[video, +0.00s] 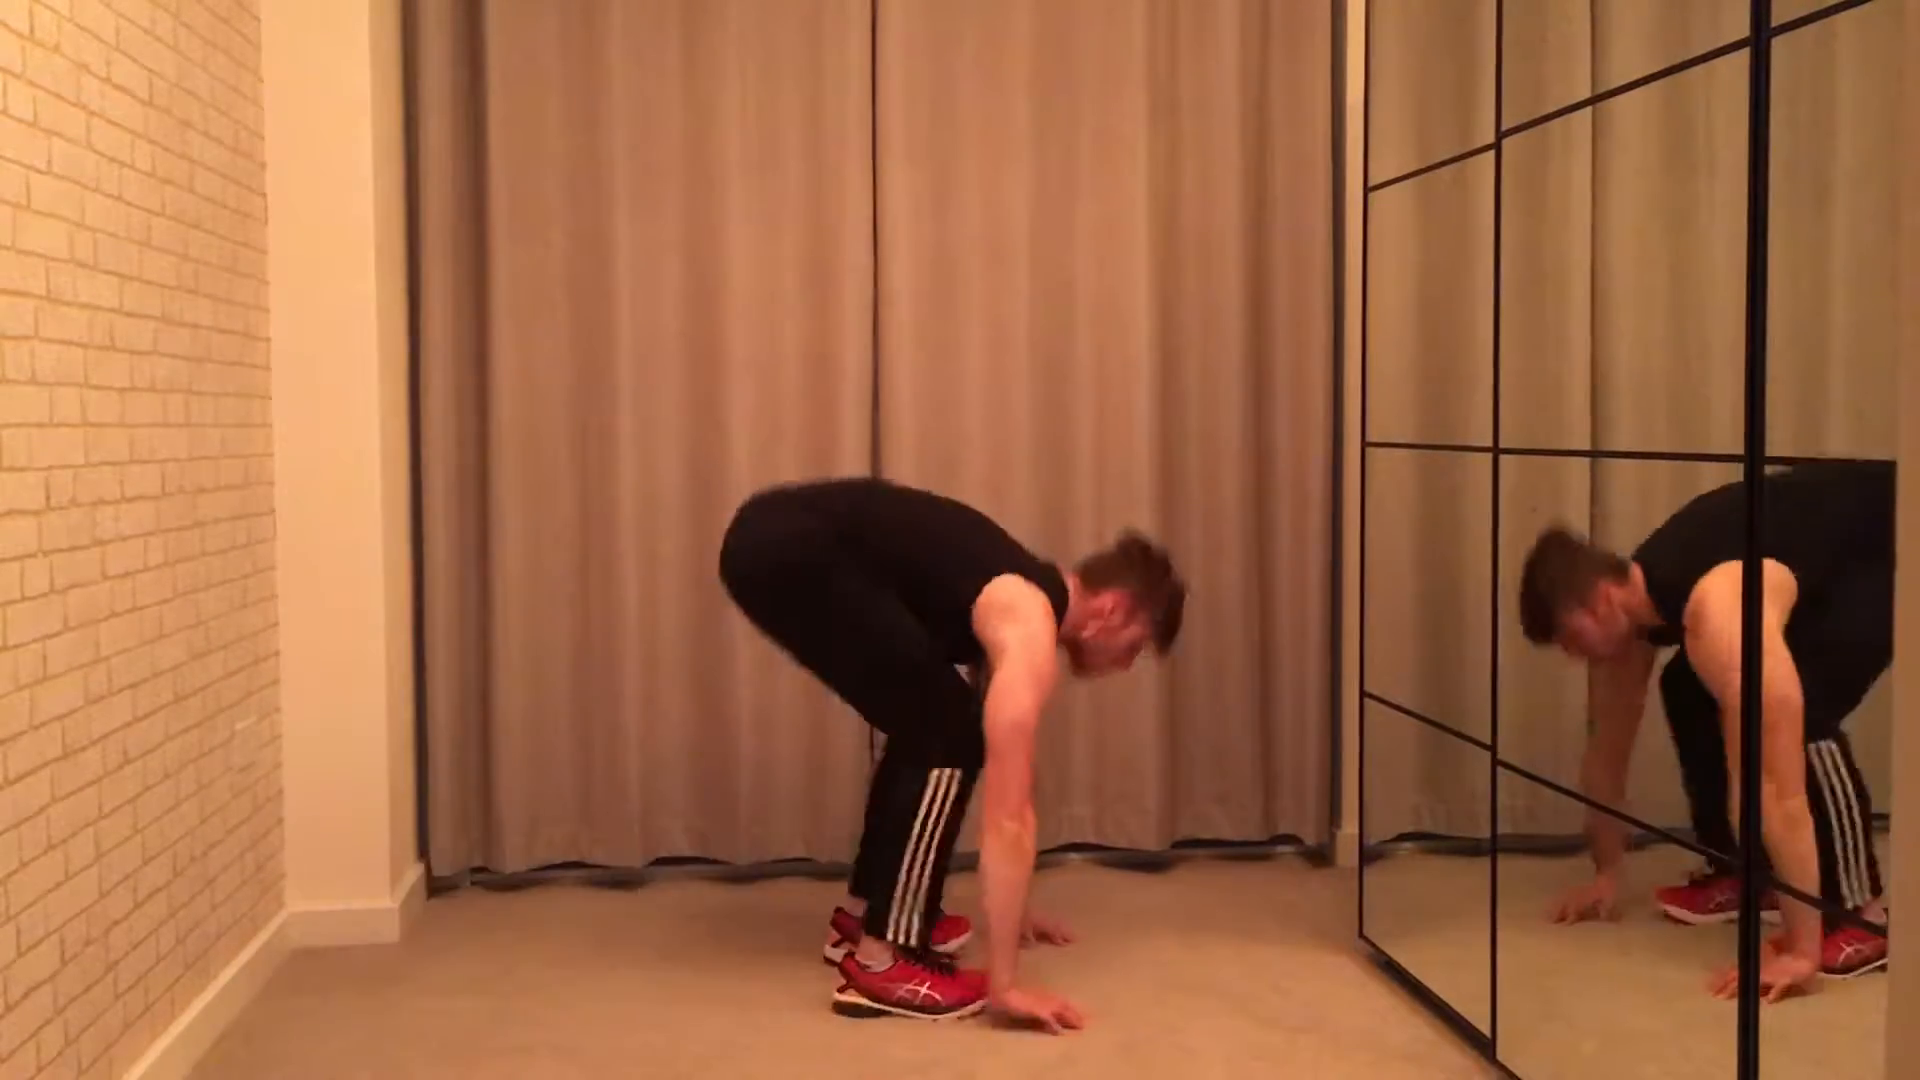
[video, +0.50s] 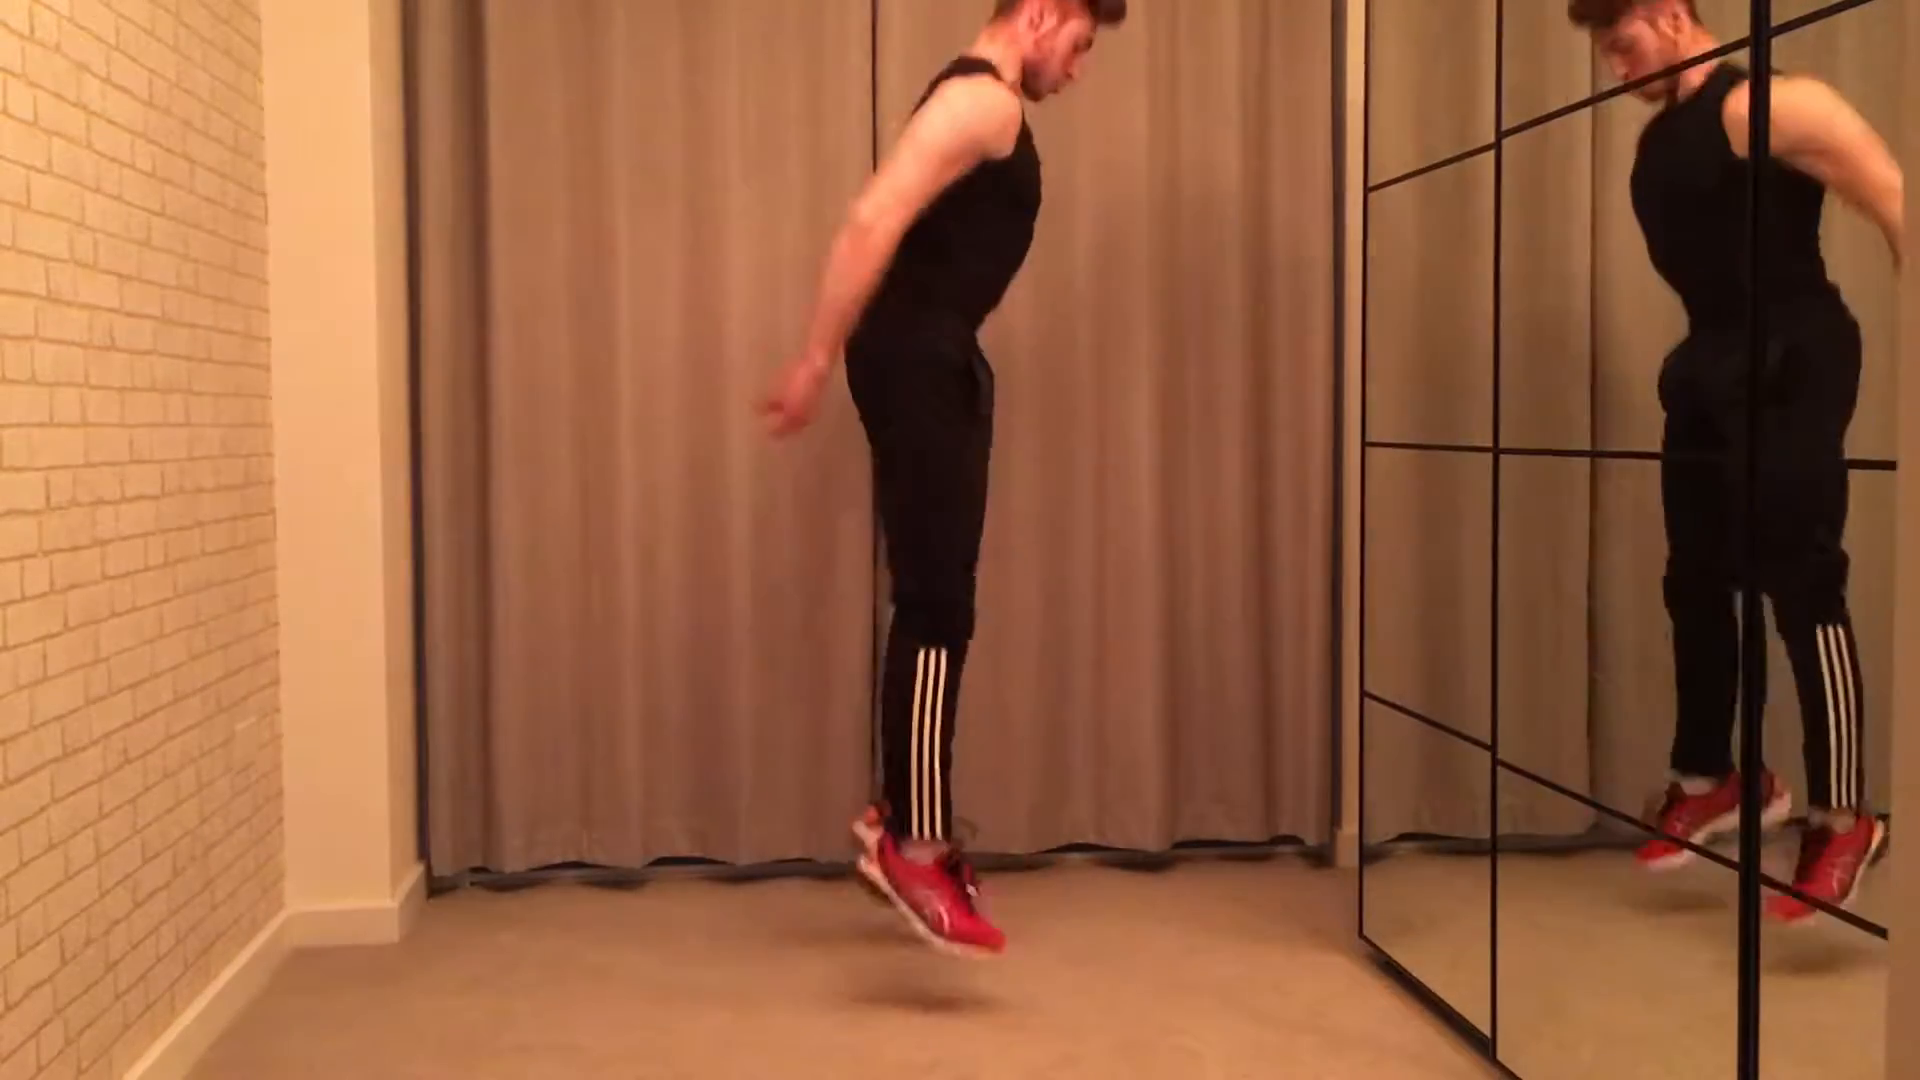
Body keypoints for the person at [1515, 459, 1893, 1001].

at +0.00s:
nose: (1575, 656)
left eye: (1571, 639)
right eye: (1565, 646)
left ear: (1604, 600)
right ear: (1604, 597)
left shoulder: (1723, 616)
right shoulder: (1632, 612)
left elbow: (1782, 793)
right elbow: (1607, 751)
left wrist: (1802, 949)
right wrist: (1606, 873)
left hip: (1894, 549)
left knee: (1800, 716)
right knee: (1689, 685)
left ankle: (1861, 914)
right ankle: (1736, 872)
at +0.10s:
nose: (1554, 548)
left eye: (1556, 528)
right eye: (1547, 532)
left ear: (1601, 501)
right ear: (1596, 507)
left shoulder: (1721, 560)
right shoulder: (1622, 562)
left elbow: (1756, 745)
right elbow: (1588, 696)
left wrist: (1763, 909)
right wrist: (1568, 830)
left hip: (1886, 590)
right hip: (1798, 589)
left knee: (1775, 727)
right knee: (1667, 701)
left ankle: (1857, 918)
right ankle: (1736, 875)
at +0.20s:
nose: (1575, 407)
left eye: (1581, 387)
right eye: (1568, 393)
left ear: (1630, 366)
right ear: (1617, 373)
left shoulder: (1732, 461)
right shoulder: (1635, 458)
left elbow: (1786, 637)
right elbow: (1596, 605)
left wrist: (1800, 794)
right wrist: (1585, 744)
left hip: (1872, 587)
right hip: (1777, 578)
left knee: (1741, 722)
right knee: (1654, 710)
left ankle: (1854, 918)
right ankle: (1741, 872)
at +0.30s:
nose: (1601, 264)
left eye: (1607, 241)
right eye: (1594, 248)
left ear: (1659, 221)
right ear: (1630, 235)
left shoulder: (1756, 324)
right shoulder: (1657, 340)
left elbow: (1855, 475)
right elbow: (1639, 473)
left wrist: (1875, 627)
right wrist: (1650, 600)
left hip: (1832, 527)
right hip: (1757, 524)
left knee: (1744, 719)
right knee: (1655, 711)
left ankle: (1850, 916)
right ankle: (1745, 875)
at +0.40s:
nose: (1617, 140)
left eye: (1621, 117)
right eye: (1608, 124)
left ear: (1670, 91)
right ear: (1638, 109)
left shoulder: (1770, 179)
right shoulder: (1661, 209)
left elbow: (1879, 298)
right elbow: (1692, 349)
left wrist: (1897, 403)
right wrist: (1694, 433)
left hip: (1813, 436)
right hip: (1722, 437)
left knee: (1798, 658)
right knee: (1697, 648)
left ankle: (1851, 886)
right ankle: (1735, 842)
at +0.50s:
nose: (1614, 61)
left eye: (1622, 36)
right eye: (1603, 46)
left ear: (1675, 15)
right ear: (1613, 44)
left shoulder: (1774, 105)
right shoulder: (1665, 131)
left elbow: (1894, 204)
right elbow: (1721, 257)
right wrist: (1713, 355)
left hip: (1793, 365)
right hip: (1708, 369)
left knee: (1801, 587)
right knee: (1701, 580)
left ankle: (1846, 818)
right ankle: (1715, 779)